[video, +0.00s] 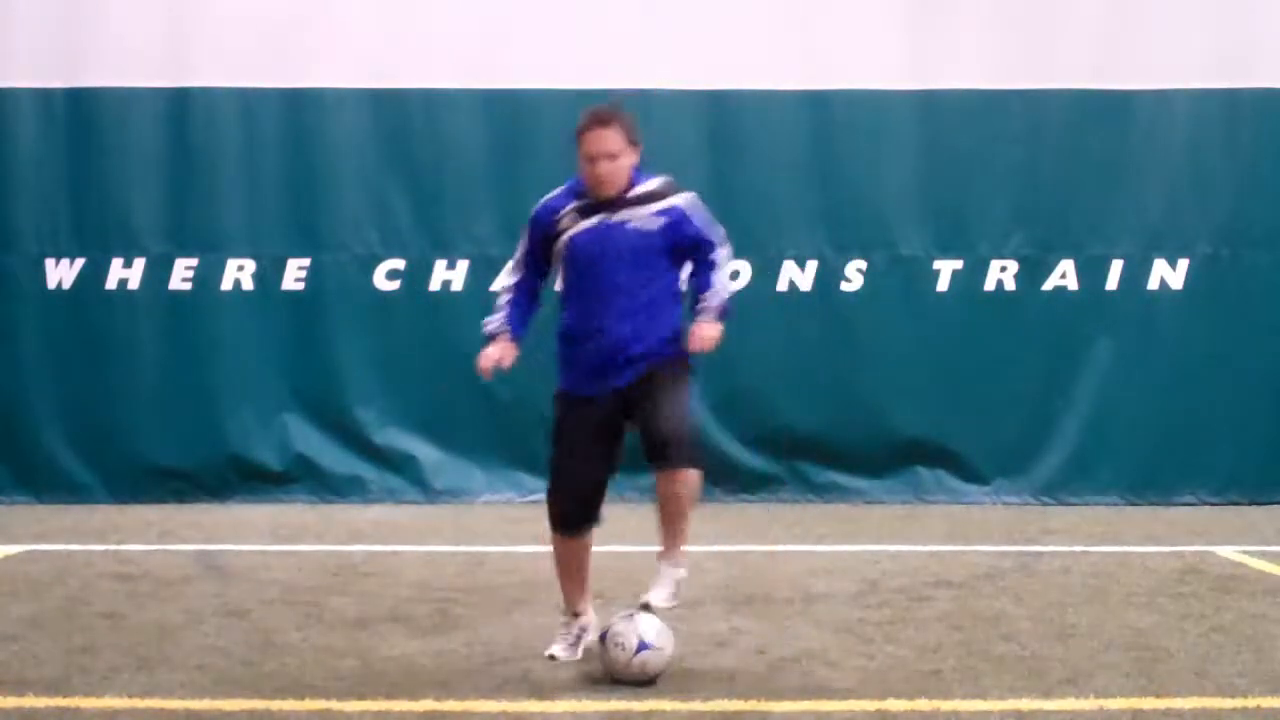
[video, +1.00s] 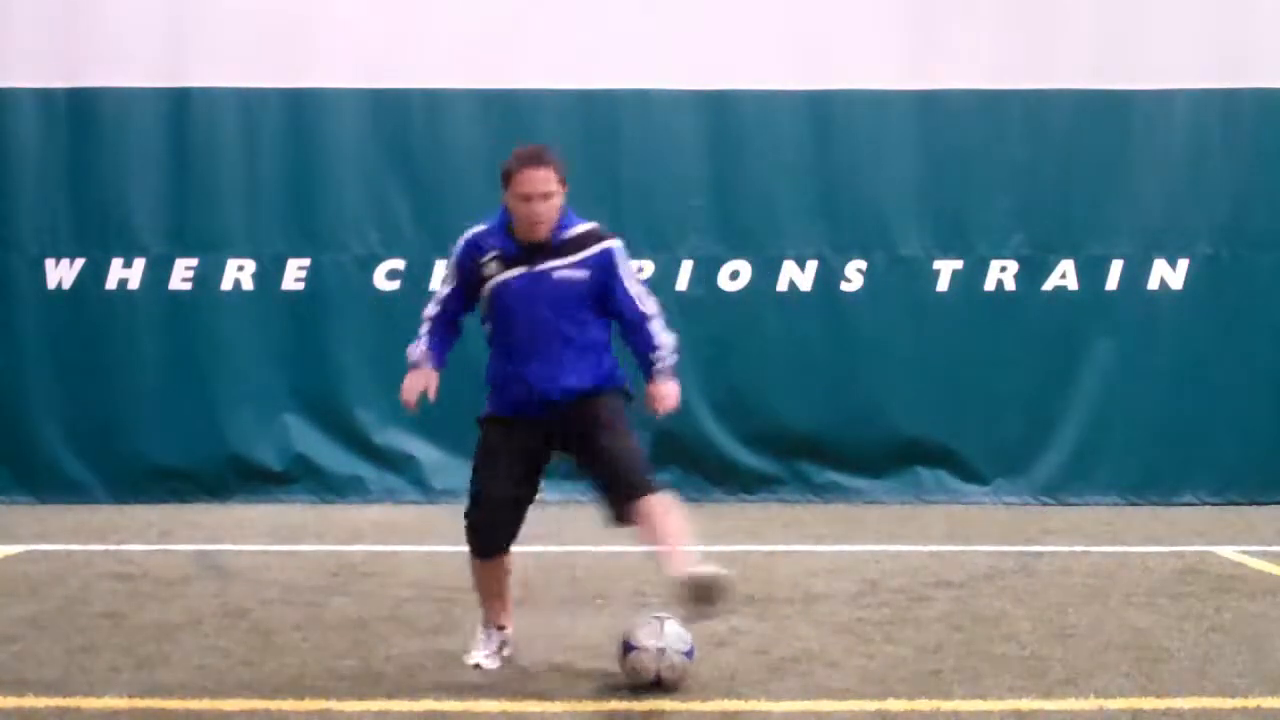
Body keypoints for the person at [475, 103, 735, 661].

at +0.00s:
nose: (600, 169)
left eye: (610, 157)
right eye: (590, 159)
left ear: (634, 154)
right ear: (578, 161)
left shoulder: (669, 201)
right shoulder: (555, 214)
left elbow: (715, 254)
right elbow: (523, 276)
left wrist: (709, 314)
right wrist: (504, 333)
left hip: (657, 366)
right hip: (586, 378)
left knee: (676, 444)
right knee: (568, 503)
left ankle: (672, 562)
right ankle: (578, 618)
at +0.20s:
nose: (538, 180)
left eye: (548, 168)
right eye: (528, 169)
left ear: (571, 165)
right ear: (516, 171)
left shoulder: (611, 211)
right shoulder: (504, 219)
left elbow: (666, 274)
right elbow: (480, 274)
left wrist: (672, 338)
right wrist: (448, 312)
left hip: (603, 359)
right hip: (541, 372)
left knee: (571, 427)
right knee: (545, 502)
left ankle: (619, 546)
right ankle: (580, 613)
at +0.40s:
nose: (494, 194)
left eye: (505, 182)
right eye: (484, 182)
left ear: (530, 177)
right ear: (472, 180)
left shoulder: (568, 224)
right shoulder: (465, 219)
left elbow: (625, 285)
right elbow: (439, 260)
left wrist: (640, 356)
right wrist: (408, 292)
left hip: (557, 385)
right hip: (503, 386)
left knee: (505, 503)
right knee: (495, 504)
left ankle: (495, 645)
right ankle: (620, 532)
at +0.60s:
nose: (473, 251)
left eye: (483, 238)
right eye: (462, 239)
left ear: (504, 229)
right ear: (448, 231)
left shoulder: (539, 277)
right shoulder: (436, 260)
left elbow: (584, 346)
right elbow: (405, 297)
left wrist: (607, 421)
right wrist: (372, 322)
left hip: (540, 422)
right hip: (488, 423)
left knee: (472, 525)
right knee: (484, 535)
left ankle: (496, 649)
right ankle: (608, 538)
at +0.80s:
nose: (495, 199)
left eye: (505, 186)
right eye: (483, 188)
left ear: (523, 179)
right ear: (467, 185)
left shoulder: (563, 219)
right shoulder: (449, 227)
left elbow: (626, 265)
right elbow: (418, 277)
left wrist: (639, 337)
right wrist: (391, 325)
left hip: (557, 386)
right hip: (494, 387)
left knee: (522, 494)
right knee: (475, 501)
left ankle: (506, 637)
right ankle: (548, 585)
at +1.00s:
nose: (539, 209)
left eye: (548, 196)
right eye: (528, 198)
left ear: (563, 194)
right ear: (506, 199)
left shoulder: (597, 245)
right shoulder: (480, 249)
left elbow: (639, 309)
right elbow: (447, 306)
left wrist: (662, 369)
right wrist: (425, 359)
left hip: (590, 399)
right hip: (514, 407)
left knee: (632, 483)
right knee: (486, 522)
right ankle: (496, 630)